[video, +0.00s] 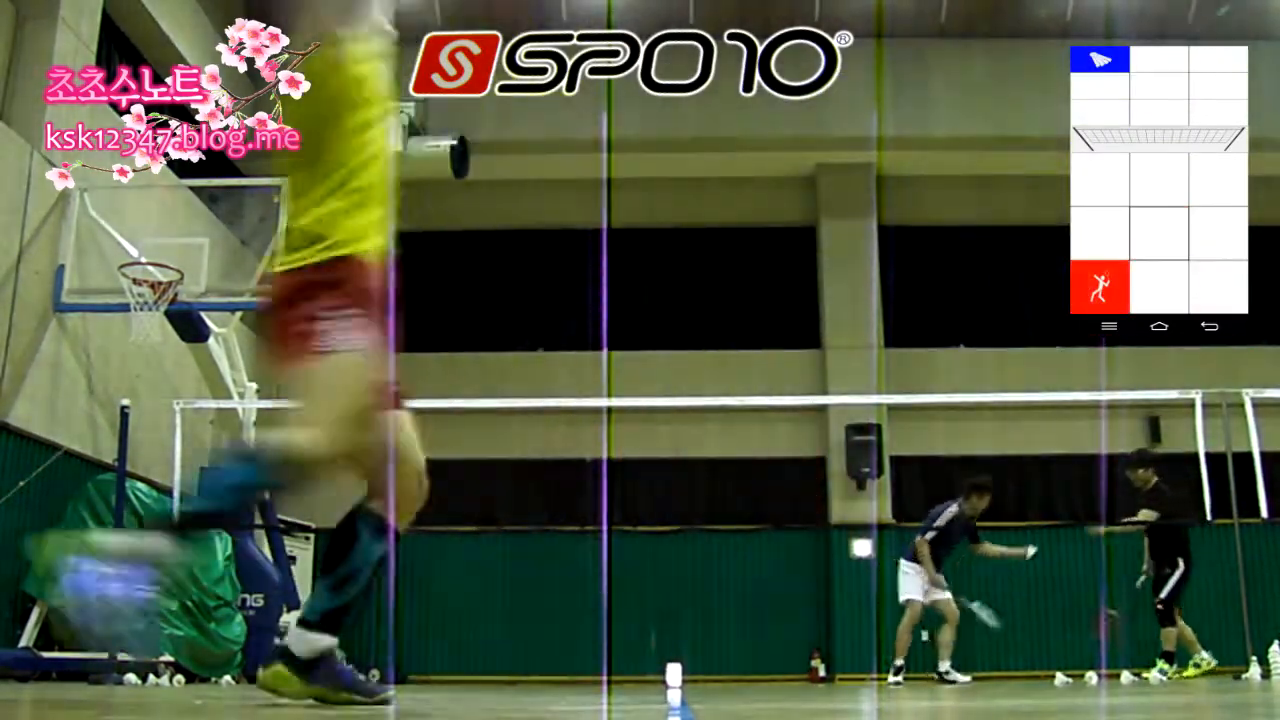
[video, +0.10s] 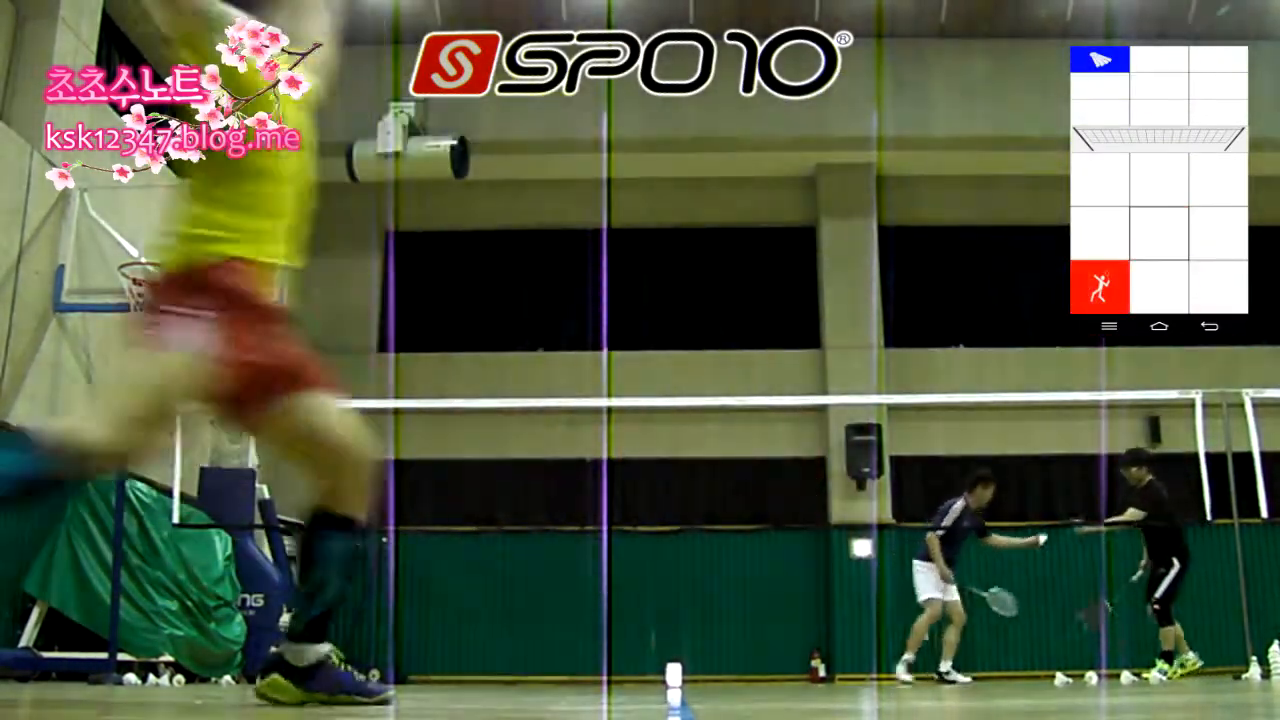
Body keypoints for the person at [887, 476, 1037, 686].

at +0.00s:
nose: (983, 506)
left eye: (985, 502)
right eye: (981, 501)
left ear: (983, 502)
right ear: (971, 498)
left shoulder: (968, 520)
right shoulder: (948, 512)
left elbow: (979, 547)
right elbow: (921, 543)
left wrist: (1020, 552)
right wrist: (932, 575)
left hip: (933, 571)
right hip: (913, 566)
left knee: (952, 615)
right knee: (914, 610)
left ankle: (944, 668)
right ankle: (898, 665)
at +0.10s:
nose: (990, 497)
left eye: (991, 492)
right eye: (988, 491)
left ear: (982, 491)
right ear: (977, 489)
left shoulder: (972, 515)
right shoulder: (955, 507)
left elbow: (989, 539)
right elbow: (932, 536)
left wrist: (1025, 543)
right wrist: (942, 568)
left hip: (945, 569)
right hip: (926, 565)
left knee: (958, 616)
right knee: (933, 611)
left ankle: (945, 667)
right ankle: (906, 661)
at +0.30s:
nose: (1000, 486)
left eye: (1001, 481)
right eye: (999, 480)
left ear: (990, 479)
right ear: (988, 478)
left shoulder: (983, 504)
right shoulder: (972, 497)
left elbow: (1007, 529)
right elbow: (955, 529)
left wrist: (1040, 531)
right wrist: (967, 558)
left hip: (949, 560)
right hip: (955, 560)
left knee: (954, 613)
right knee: (983, 607)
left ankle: (946, 665)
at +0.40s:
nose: (1008, 484)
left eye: (1009, 479)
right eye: (1005, 479)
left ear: (996, 480)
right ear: (995, 478)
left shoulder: (990, 502)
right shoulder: (983, 499)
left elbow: (1011, 531)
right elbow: (969, 530)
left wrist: (1046, 531)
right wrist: (982, 559)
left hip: (956, 561)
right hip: (969, 561)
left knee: (957, 614)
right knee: (995, 608)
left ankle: (947, 664)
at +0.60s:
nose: (1027, 486)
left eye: (1027, 481)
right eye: (1025, 481)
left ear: (1012, 481)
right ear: (1016, 480)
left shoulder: (1006, 501)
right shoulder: (1007, 500)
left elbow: (1024, 534)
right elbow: (999, 533)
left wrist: (1057, 533)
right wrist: (1016, 562)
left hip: (984, 564)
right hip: (997, 564)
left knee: (999, 618)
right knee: (1016, 612)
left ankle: (973, 648)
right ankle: (1015, 666)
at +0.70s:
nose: (1036, 485)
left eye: (1036, 481)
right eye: (1034, 480)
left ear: (1021, 480)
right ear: (1025, 479)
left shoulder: (1009, 499)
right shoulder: (1019, 499)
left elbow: (1032, 533)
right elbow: (1013, 532)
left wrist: (1064, 534)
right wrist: (1028, 559)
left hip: (994, 560)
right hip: (1006, 560)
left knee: (1014, 612)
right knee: (1019, 611)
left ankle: (999, 648)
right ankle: (1015, 665)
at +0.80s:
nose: (1044, 486)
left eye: (1044, 482)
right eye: (1042, 482)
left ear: (1028, 482)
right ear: (1035, 481)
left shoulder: (1018, 500)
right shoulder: (1028, 499)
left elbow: (1038, 533)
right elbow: (1025, 531)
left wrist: (1070, 535)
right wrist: (1039, 557)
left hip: (1011, 561)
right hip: (1016, 562)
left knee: (1027, 611)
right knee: (1023, 611)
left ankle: (1026, 658)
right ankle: (1015, 664)